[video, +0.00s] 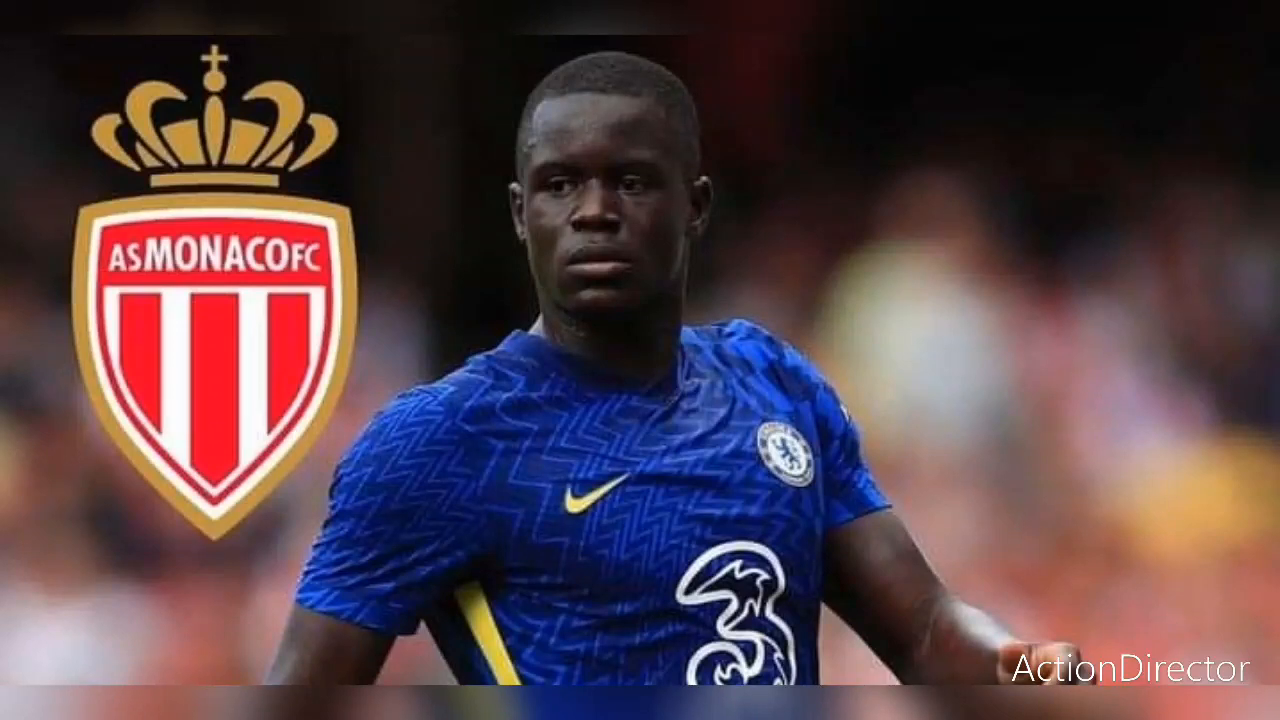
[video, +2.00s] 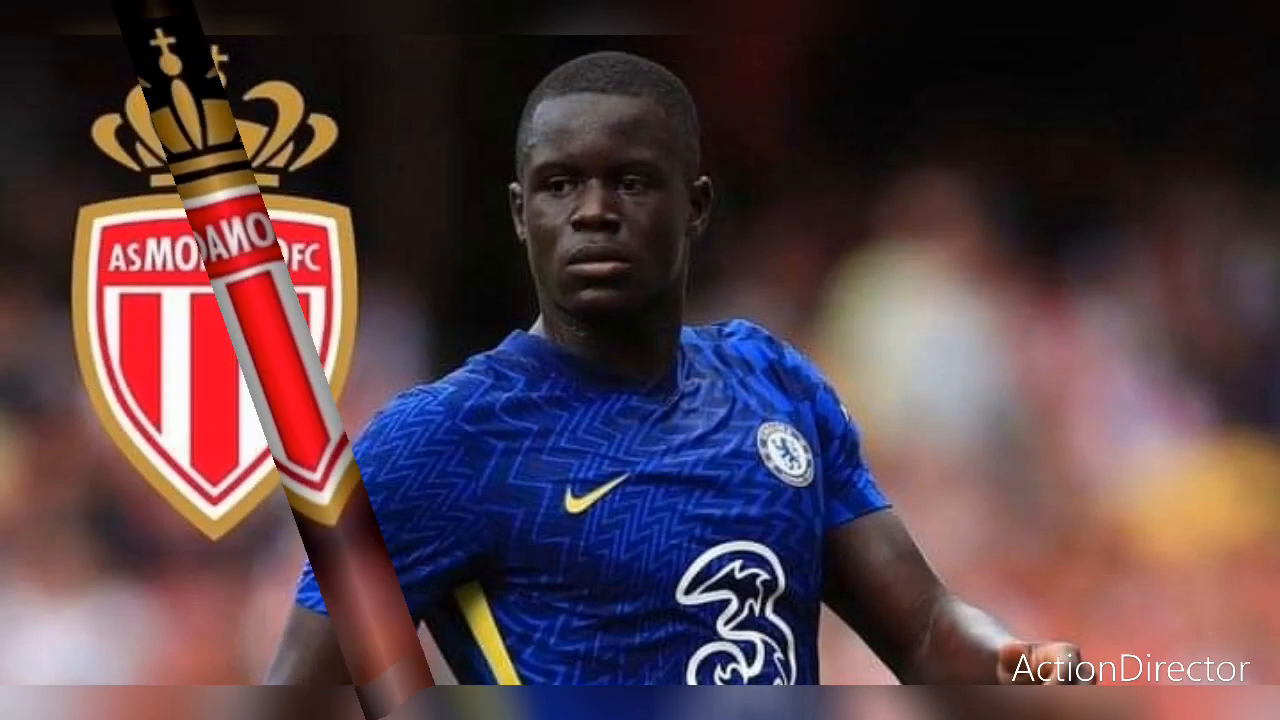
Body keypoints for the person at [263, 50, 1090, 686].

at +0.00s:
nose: (595, 209)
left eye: (633, 178)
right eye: (560, 181)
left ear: (697, 208)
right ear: (523, 215)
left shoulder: (771, 385)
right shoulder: (433, 445)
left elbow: (921, 626)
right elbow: (300, 692)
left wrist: (1021, 673)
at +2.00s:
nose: (595, 209)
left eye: (633, 179)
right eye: (560, 181)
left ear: (697, 210)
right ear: (523, 215)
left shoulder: (771, 385)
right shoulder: (437, 440)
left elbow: (921, 626)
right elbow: (297, 689)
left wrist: (1017, 673)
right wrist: (398, 694)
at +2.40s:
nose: (594, 210)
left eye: (631, 180)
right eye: (563, 181)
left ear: (697, 207)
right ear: (525, 203)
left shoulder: (774, 389)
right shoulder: (435, 442)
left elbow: (920, 626)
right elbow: (301, 691)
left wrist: (1015, 670)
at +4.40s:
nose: (595, 210)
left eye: (633, 178)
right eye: (560, 181)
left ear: (697, 209)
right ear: (522, 216)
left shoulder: (770, 385)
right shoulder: (433, 444)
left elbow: (921, 626)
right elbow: (301, 691)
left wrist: (1021, 675)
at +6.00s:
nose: (600, 209)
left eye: (636, 177)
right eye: (562, 180)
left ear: (698, 206)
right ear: (520, 213)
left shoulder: (770, 384)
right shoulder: (453, 430)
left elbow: (920, 625)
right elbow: (302, 688)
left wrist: (1021, 673)